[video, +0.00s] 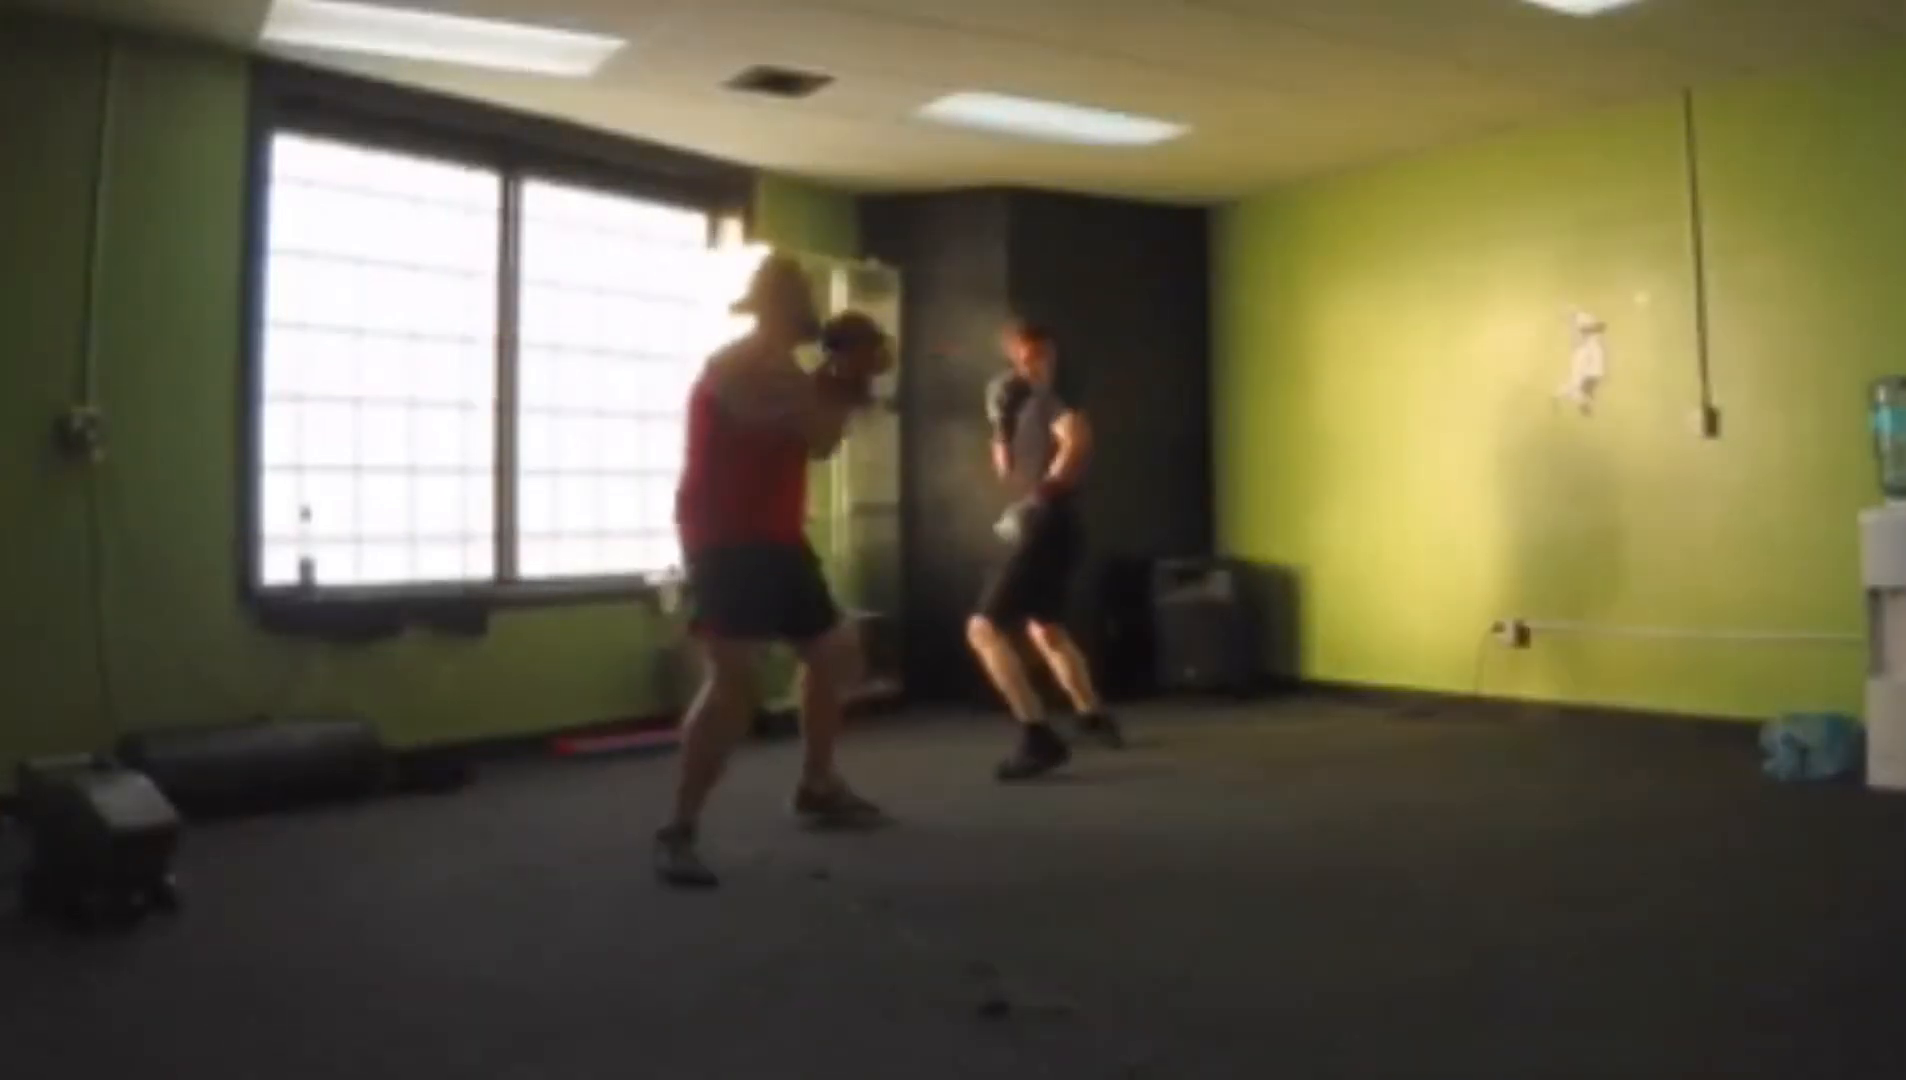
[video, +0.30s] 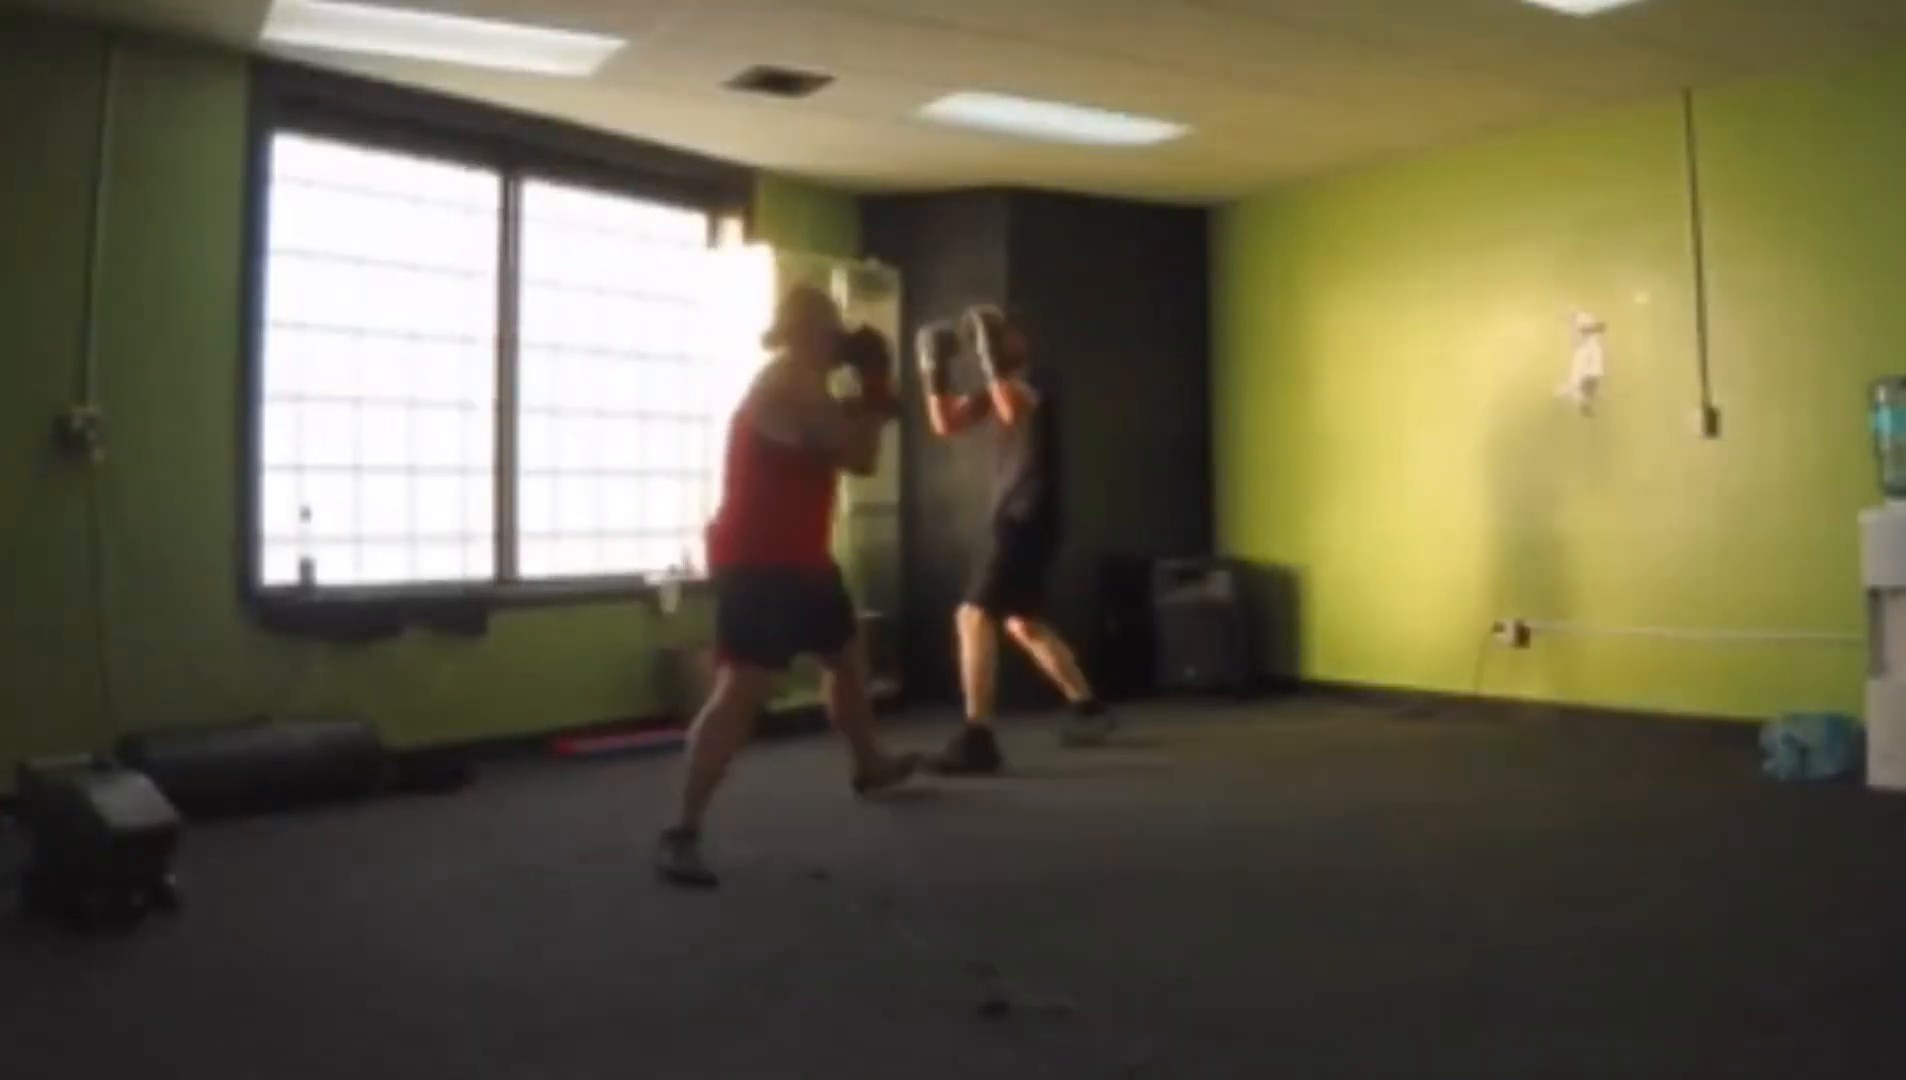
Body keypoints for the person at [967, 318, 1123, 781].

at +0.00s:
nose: (1032, 365)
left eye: (1038, 354)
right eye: (1024, 356)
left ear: (1051, 356)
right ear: (1011, 359)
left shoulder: (1056, 401)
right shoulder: (1017, 403)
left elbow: (1073, 445)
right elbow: (1006, 471)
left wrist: (1041, 492)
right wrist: (1001, 419)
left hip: (1050, 516)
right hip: (1032, 515)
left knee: (985, 626)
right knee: (1045, 627)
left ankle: (1036, 731)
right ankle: (1093, 713)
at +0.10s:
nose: (1020, 356)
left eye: (1027, 346)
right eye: (1013, 348)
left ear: (1044, 348)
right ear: (1004, 353)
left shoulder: (1048, 386)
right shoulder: (1015, 394)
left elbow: (1074, 422)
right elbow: (1003, 453)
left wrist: (1032, 459)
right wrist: (987, 411)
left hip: (1038, 514)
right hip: (1032, 514)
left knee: (978, 612)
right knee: (1048, 621)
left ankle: (1024, 719)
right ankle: (1094, 712)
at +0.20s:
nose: (1000, 346)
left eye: (1004, 335)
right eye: (994, 338)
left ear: (1022, 332)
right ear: (991, 341)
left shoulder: (1050, 369)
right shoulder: (1012, 376)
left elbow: (1054, 423)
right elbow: (973, 428)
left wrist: (1002, 400)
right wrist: (953, 385)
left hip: (1032, 510)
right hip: (1020, 509)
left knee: (978, 607)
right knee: (1043, 616)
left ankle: (993, 726)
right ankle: (1092, 711)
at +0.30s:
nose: (995, 352)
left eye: (1001, 340)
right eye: (990, 345)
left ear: (1019, 342)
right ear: (986, 353)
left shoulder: (1040, 381)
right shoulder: (995, 391)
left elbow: (1013, 411)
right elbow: (947, 422)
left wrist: (986, 357)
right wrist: (933, 371)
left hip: (1032, 517)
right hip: (1011, 516)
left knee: (974, 614)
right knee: (1023, 622)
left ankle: (977, 733)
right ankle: (1087, 703)